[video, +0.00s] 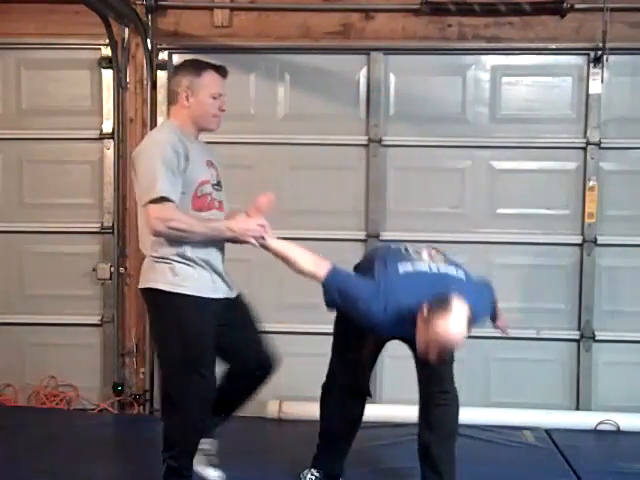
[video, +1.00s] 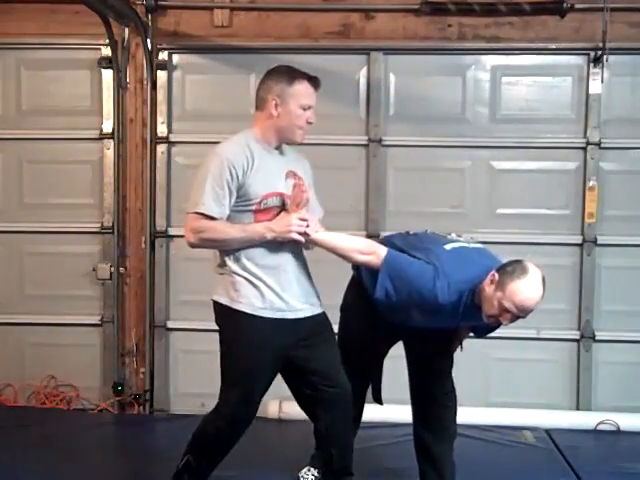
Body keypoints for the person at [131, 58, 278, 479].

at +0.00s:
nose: (223, 106)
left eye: (223, 98)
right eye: (215, 97)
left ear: (189, 98)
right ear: (184, 96)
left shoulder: (199, 150)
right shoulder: (161, 144)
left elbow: (203, 217)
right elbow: (162, 220)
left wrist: (241, 219)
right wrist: (229, 228)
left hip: (210, 283)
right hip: (174, 285)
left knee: (255, 362)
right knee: (191, 385)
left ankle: (199, 435)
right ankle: (178, 469)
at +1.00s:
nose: (311, 119)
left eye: (312, 109)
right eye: (304, 108)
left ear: (279, 108)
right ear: (273, 105)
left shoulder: (298, 164)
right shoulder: (231, 154)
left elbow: (311, 235)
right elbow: (196, 231)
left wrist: (301, 214)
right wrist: (270, 230)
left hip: (303, 311)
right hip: (249, 311)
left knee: (336, 399)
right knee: (235, 412)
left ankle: (334, 475)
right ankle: (186, 476)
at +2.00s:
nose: (227, 104)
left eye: (226, 95)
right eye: (221, 95)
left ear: (193, 98)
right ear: (193, 96)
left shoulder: (192, 147)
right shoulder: (173, 147)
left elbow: (200, 216)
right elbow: (167, 228)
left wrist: (242, 217)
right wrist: (220, 278)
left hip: (183, 281)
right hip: (172, 282)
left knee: (171, 375)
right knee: (193, 380)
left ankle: (141, 463)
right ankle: (181, 472)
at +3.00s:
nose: (176, 96)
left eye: (174, 88)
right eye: (167, 89)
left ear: (149, 96)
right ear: (140, 96)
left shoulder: (158, 146)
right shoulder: (120, 147)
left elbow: (161, 221)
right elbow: (111, 229)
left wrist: (178, 278)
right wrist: (134, 295)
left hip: (160, 287)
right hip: (131, 288)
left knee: (157, 376)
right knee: (130, 380)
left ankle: (121, 462)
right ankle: (116, 468)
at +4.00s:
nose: (287, 117)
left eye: (286, 108)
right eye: (280, 107)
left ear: (248, 109)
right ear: (250, 107)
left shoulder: (234, 150)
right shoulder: (258, 140)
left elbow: (271, 224)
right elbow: (334, 151)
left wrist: (329, 244)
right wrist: (372, 132)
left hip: (223, 296)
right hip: (256, 292)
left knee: (235, 385)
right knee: (323, 380)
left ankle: (160, 465)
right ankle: (326, 472)